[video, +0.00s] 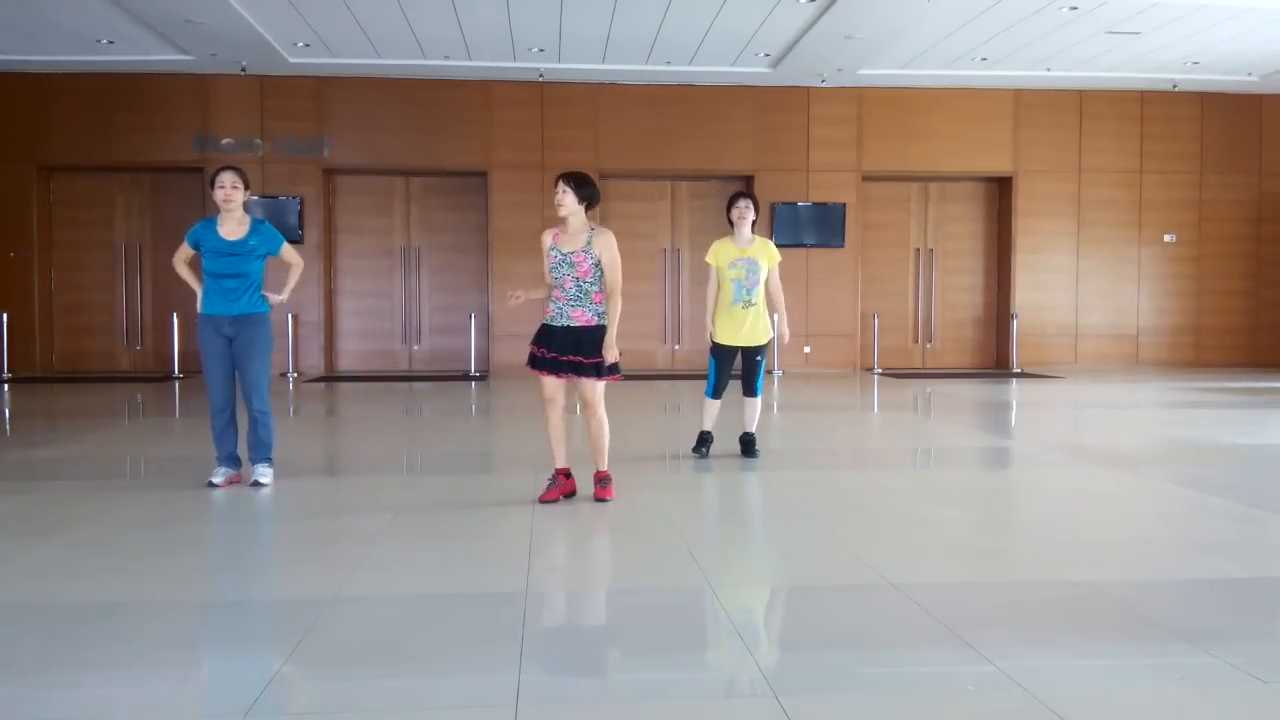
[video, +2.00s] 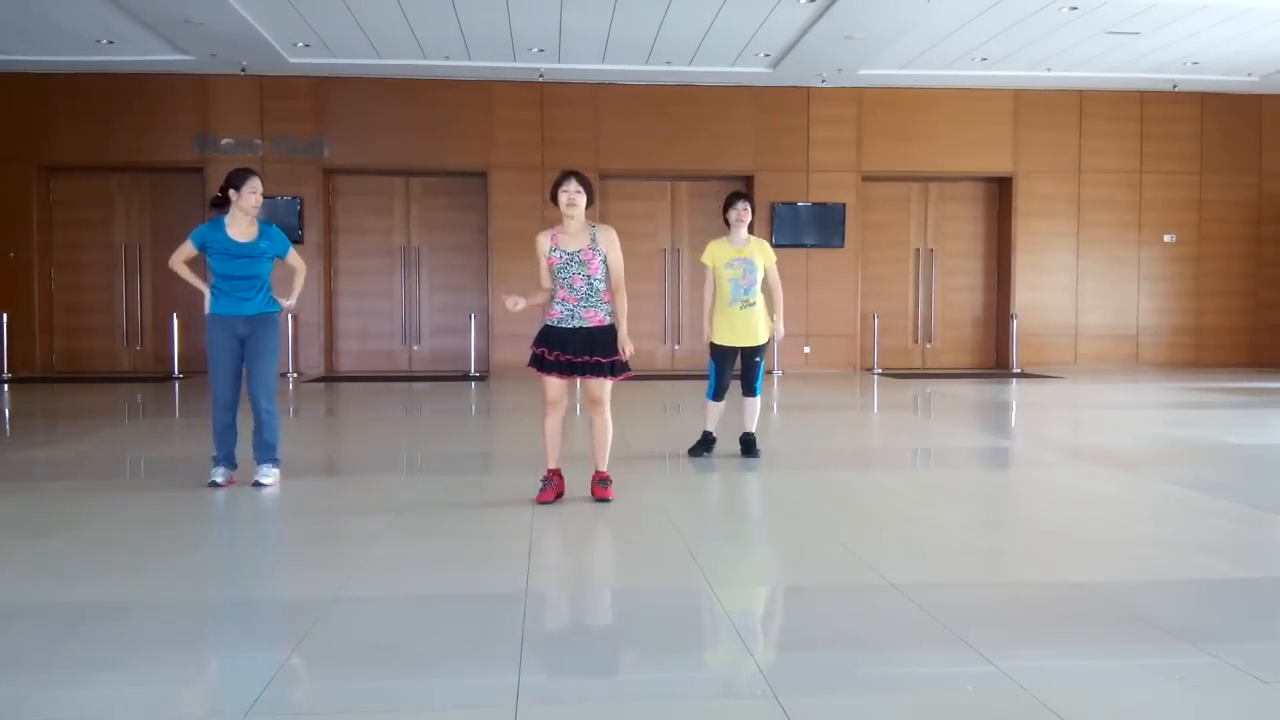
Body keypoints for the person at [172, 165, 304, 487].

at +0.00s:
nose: (227, 192)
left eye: (233, 187)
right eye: (221, 187)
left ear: (245, 193)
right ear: (213, 194)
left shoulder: (262, 230)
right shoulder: (203, 230)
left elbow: (297, 262)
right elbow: (178, 260)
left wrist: (283, 295)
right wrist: (199, 289)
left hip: (252, 321)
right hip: (212, 322)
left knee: (256, 397)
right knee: (219, 398)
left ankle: (262, 464)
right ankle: (228, 465)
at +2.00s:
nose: (258, 199)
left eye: (261, 193)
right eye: (252, 193)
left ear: (262, 196)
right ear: (232, 194)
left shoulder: (270, 233)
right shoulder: (210, 231)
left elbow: (300, 266)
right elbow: (175, 261)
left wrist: (293, 298)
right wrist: (204, 288)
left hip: (264, 321)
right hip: (222, 322)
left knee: (263, 396)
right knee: (223, 397)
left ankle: (268, 464)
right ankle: (224, 465)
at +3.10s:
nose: (247, 203)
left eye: (248, 196)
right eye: (241, 196)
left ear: (245, 199)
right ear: (222, 197)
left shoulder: (251, 236)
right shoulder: (195, 231)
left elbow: (286, 265)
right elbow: (152, 259)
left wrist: (326, 281)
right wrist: (184, 289)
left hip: (243, 321)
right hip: (203, 322)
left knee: (248, 395)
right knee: (209, 397)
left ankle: (256, 464)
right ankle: (215, 465)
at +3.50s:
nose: (241, 202)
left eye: (241, 196)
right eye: (235, 196)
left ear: (232, 199)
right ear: (215, 198)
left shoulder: (243, 237)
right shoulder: (191, 233)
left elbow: (271, 277)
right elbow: (148, 263)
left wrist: (303, 295)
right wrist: (183, 291)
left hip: (241, 324)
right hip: (203, 324)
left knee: (250, 395)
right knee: (209, 399)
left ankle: (245, 465)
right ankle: (215, 467)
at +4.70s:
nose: (231, 198)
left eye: (233, 193)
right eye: (224, 193)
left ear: (234, 197)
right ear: (205, 197)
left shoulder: (246, 232)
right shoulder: (185, 235)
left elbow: (265, 278)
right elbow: (159, 266)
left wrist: (274, 320)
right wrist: (185, 291)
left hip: (241, 322)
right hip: (202, 324)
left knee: (245, 398)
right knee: (196, 398)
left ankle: (249, 463)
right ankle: (184, 465)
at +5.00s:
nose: (217, 202)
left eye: (220, 196)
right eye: (210, 196)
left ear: (223, 199)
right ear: (191, 199)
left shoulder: (230, 237)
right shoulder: (170, 232)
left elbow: (236, 285)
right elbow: (139, 260)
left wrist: (228, 328)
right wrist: (161, 288)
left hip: (211, 323)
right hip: (172, 324)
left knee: (225, 397)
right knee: (177, 398)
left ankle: (245, 461)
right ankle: (182, 466)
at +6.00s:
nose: (207, 200)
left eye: (213, 193)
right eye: (202, 194)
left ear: (230, 197)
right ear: (197, 199)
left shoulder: (250, 235)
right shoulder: (188, 233)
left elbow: (260, 284)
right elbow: (170, 265)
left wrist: (257, 325)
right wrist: (161, 287)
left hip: (237, 323)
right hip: (196, 323)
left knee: (241, 397)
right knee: (189, 395)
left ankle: (247, 462)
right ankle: (184, 465)